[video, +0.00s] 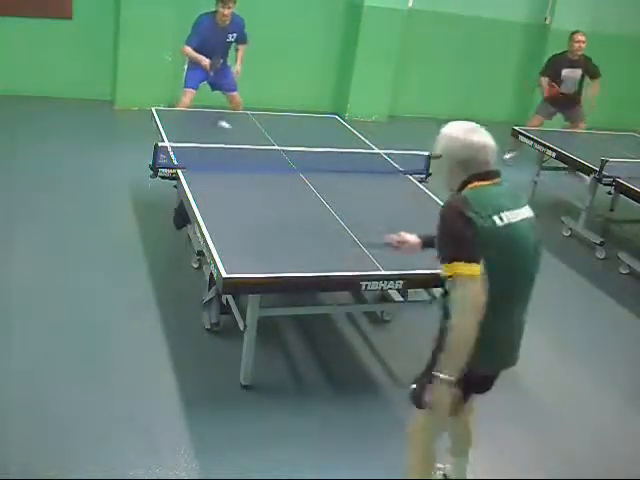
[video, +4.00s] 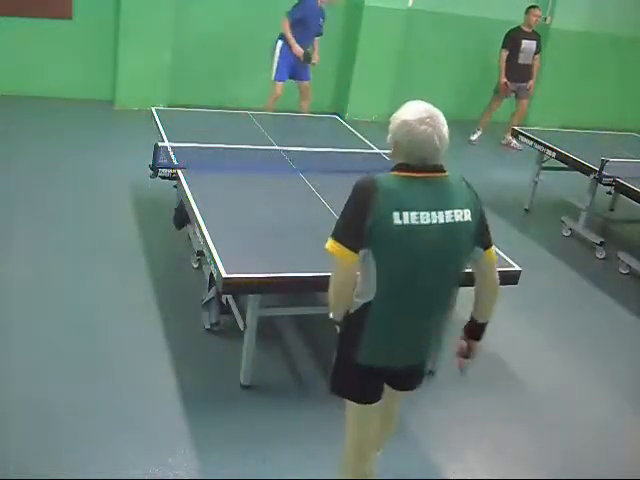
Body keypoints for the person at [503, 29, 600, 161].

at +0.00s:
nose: (580, 45)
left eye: (583, 42)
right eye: (577, 42)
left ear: (585, 45)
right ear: (570, 43)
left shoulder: (586, 62)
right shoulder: (557, 59)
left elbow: (595, 78)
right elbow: (544, 76)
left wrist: (591, 95)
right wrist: (546, 89)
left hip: (573, 101)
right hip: (553, 99)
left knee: (579, 129)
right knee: (533, 124)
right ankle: (515, 149)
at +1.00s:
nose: (524, 44)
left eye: (526, 41)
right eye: (522, 42)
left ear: (533, 41)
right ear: (520, 44)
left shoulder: (544, 57)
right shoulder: (520, 58)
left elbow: (543, 82)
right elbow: (505, 70)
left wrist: (530, 102)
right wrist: (501, 79)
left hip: (547, 94)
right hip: (530, 93)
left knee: (553, 126)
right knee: (512, 116)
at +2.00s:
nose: (534, 34)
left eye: (536, 31)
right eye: (531, 30)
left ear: (537, 33)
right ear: (523, 31)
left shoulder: (534, 49)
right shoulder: (510, 45)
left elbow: (534, 68)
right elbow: (491, 60)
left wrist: (538, 88)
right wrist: (497, 78)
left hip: (519, 84)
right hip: (503, 82)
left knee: (530, 116)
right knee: (494, 115)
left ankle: (523, 141)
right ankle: (474, 138)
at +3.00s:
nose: (521, 16)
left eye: (523, 14)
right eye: (518, 13)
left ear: (524, 16)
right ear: (510, 14)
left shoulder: (520, 34)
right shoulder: (498, 32)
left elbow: (518, 52)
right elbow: (488, 51)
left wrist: (517, 66)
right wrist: (502, 67)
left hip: (509, 75)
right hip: (492, 74)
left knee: (512, 106)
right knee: (486, 104)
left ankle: (509, 136)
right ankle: (476, 130)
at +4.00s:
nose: (536, 20)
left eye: (538, 17)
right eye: (534, 16)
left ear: (539, 19)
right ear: (526, 16)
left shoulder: (536, 37)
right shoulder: (512, 33)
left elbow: (536, 59)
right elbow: (503, 56)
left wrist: (533, 79)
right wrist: (502, 77)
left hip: (525, 80)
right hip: (508, 79)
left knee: (522, 110)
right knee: (493, 106)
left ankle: (508, 136)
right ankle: (479, 130)